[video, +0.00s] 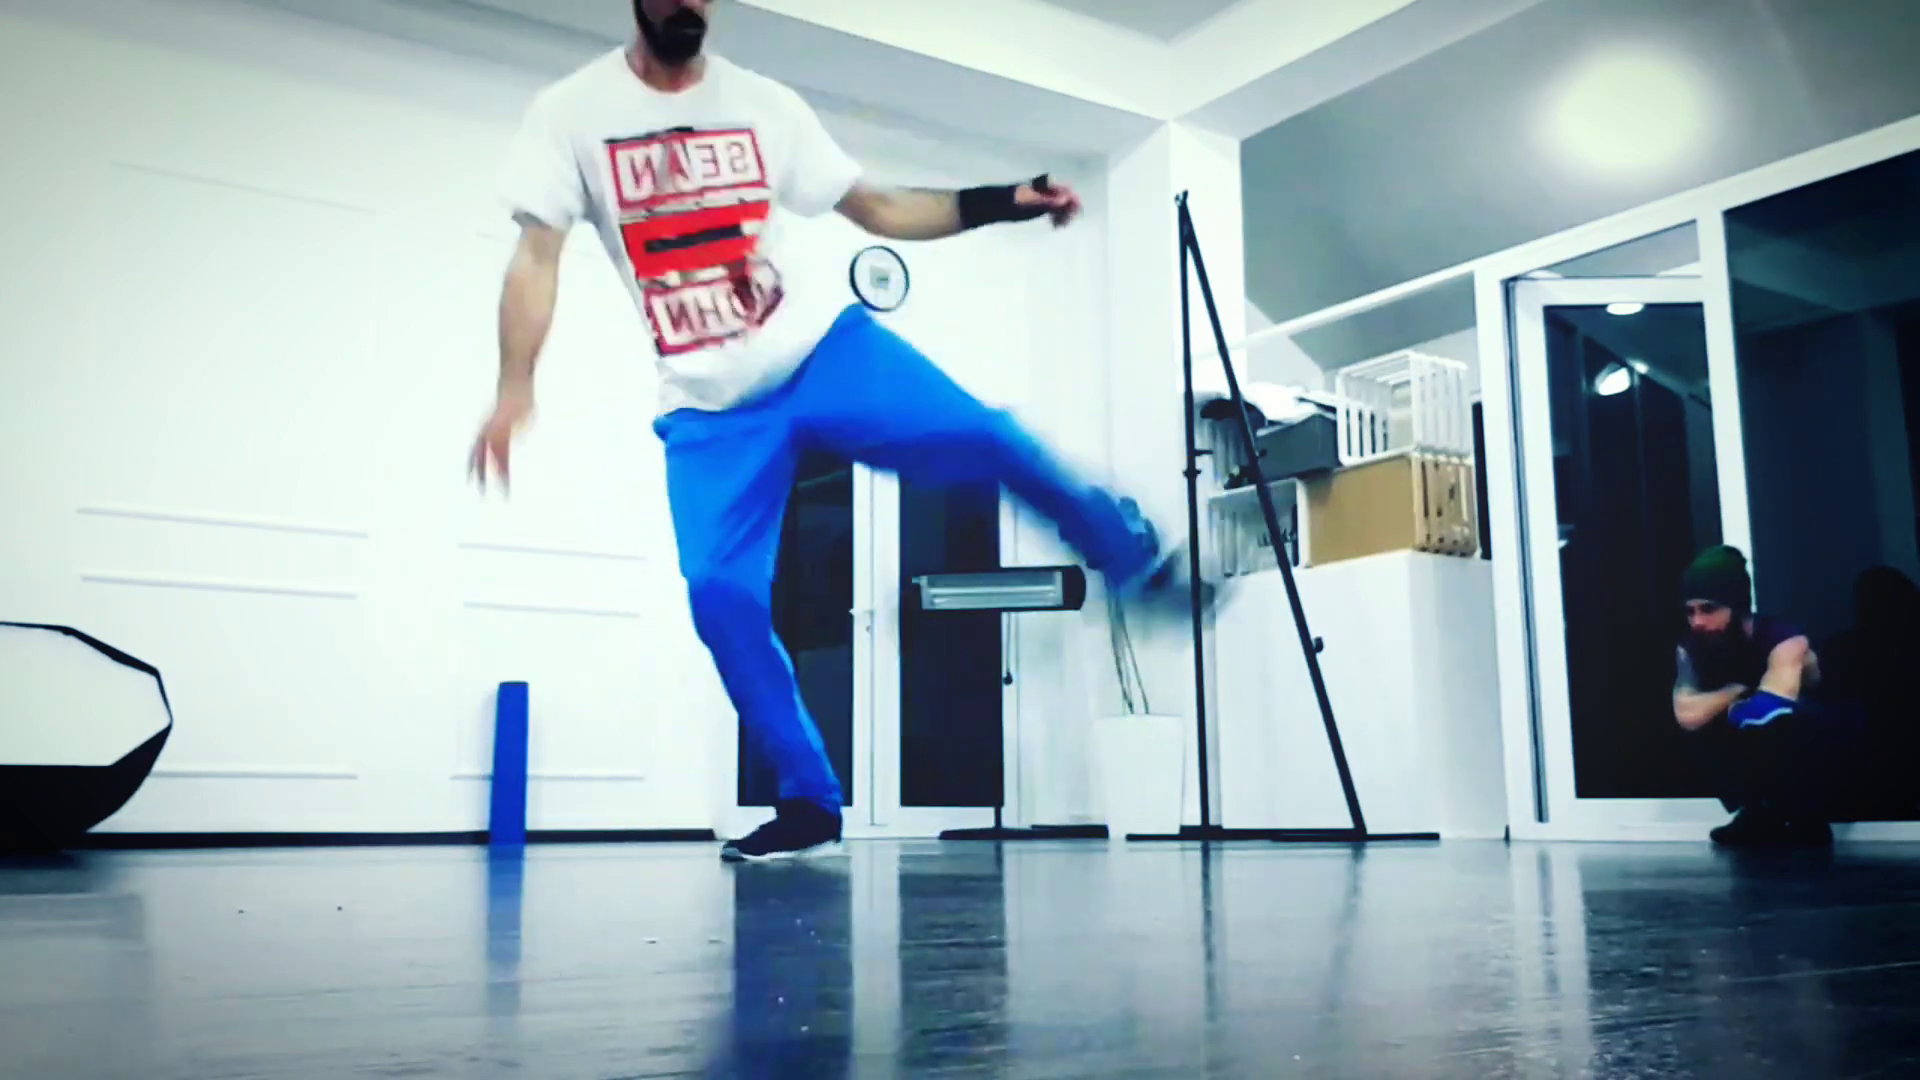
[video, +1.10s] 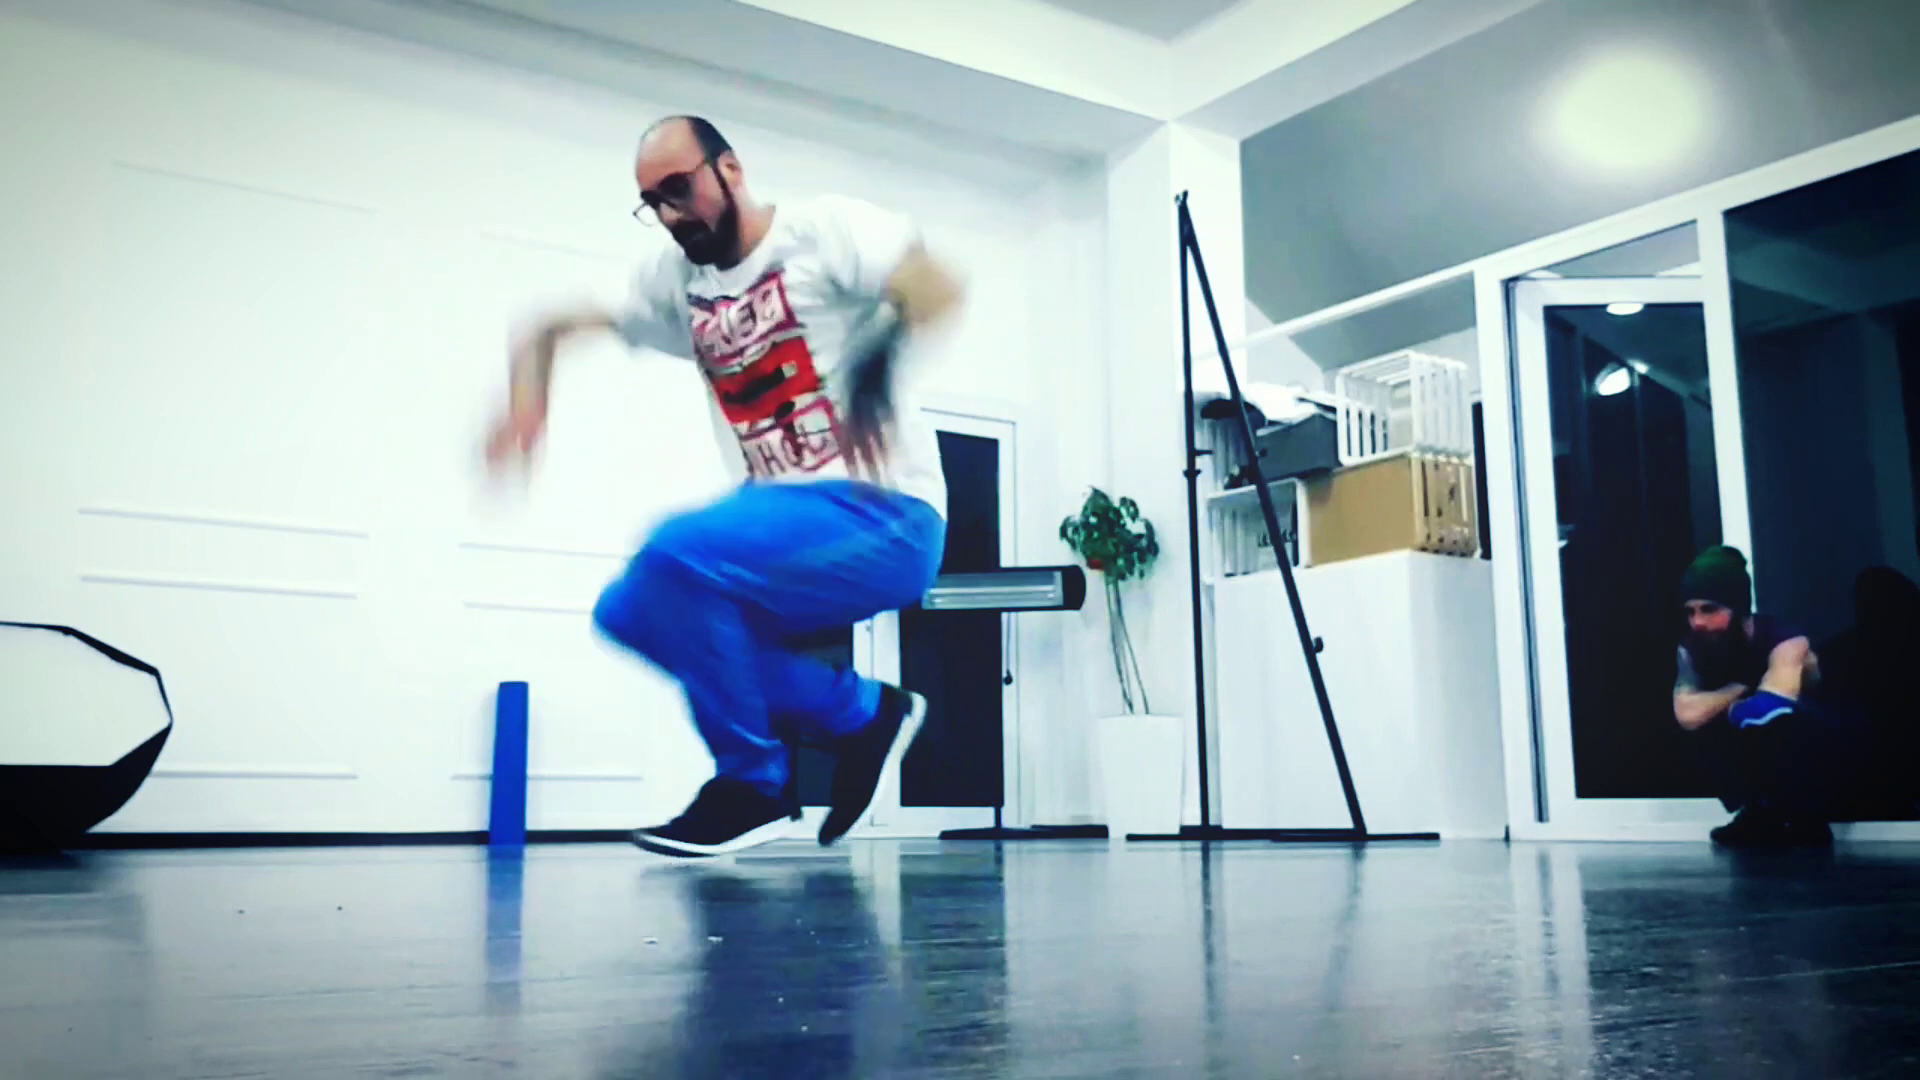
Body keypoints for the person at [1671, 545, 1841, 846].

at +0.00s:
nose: (1697, 622)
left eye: (1708, 610)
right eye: (1691, 612)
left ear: (1736, 605)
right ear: (1685, 611)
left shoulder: (1782, 638)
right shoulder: (1691, 651)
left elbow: (1773, 705)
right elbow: (1688, 715)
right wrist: (1737, 691)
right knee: (1704, 726)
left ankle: (1802, 819)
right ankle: (1755, 814)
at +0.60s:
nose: (1697, 623)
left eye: (1708, 611)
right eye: (1690, 613)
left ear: (1736, 607)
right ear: (1684, 612)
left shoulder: (1779, 637)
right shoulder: (1690, 652)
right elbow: (1688, 715)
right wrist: (1738, 690)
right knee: (1704, 727)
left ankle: (1802, 819)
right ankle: (1755, 814)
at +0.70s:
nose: (1697, 623)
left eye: (1708, 611)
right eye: (1690, 613)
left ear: (1736, 607)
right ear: (1684, 612)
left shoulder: (1777, 637)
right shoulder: (1691, 652)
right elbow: (1688, 715)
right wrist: (1738, 689)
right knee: (1704, 728)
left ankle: (1802, 819)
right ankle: (1755, 814)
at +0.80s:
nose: (1697, 624)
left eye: (1709, 611)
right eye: (1690, 613)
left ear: (1736, 606)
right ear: (1684, 612)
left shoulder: (1777, 638)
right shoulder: (1691, 652)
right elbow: (1688, 715)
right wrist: (1738, 689)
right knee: (1705, 727)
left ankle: (1802, 819)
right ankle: (1755, 814)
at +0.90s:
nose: (1697, 623)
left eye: (1708, 611)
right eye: (1690, 613)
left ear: (1736, 607)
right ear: (1684, 612)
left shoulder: (1780, 638)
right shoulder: (1691, 652)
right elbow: (1688, 715)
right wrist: (1739, 690)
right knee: (1704, 727)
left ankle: (1802, 818)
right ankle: (1754, 814)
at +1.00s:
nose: (1697, 622)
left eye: (1708, 610)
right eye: (1690, 612)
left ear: (1737, 607)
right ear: (1684, 611)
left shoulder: (1778, 637)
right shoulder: (1691, 650)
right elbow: (1687, 714)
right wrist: (1739, 689)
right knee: (1704, 726)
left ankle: (1802, 818)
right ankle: (1754, 814)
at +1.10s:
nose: (1697, 623)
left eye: (1709, 610)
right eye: (1691, 612)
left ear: (1738, 607)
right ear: (1685, 612)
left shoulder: (1782, 637)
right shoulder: (1690, 652)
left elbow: (1775, 705)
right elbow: (1688, 714)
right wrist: (1742, 687)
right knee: (1705, 725)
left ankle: (1799, 818)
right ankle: (1755, 813)